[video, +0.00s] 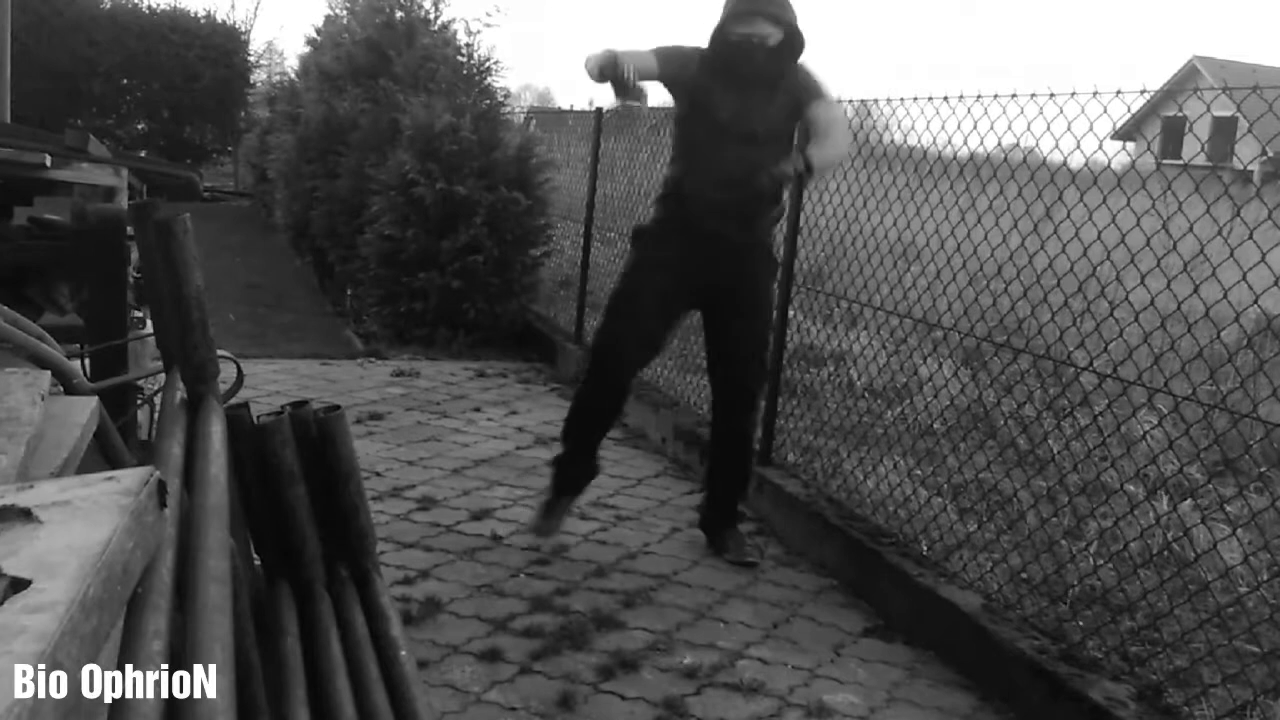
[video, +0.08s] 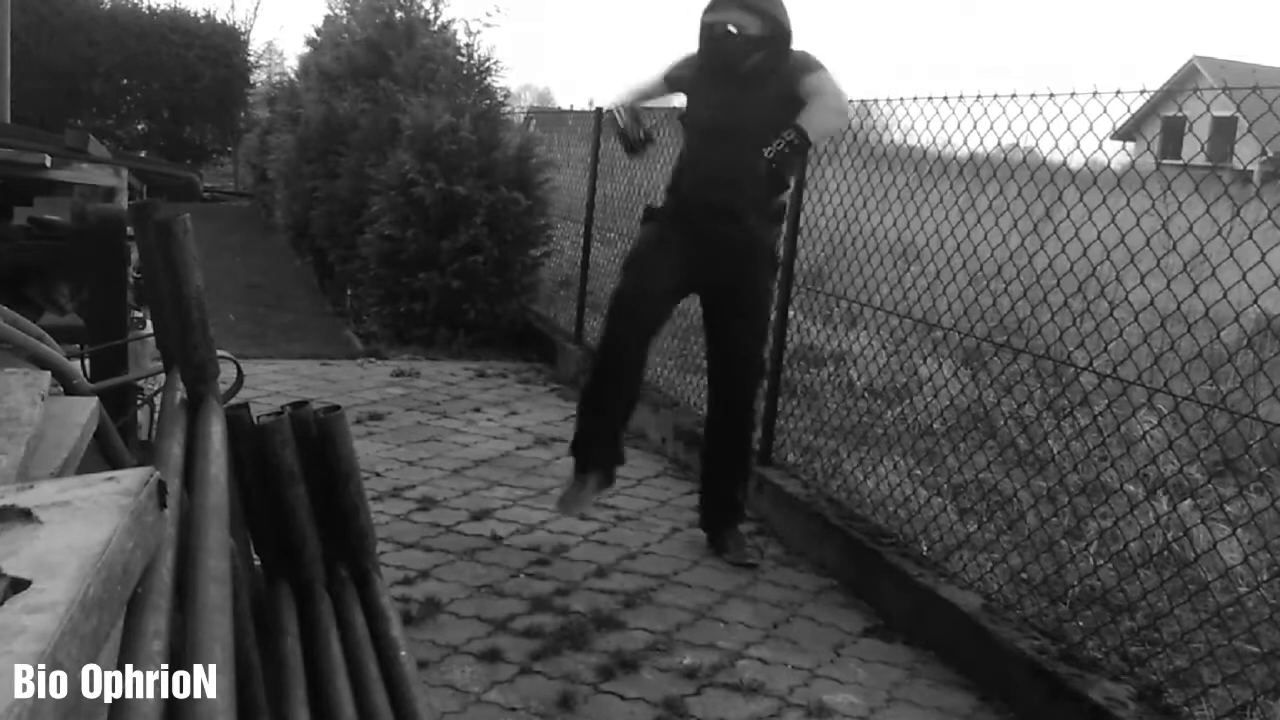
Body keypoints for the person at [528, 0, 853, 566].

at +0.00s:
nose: (754, 53)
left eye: (767, 43)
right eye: (743, 40)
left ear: (786, 42)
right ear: (724, 35)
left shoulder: (800, 85)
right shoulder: (693, 65)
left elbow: (839, 140)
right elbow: (602, 61)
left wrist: (795, 165)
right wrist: (615, 71)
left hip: (744, 258)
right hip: (672, 244)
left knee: (738, 393)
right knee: (611, 359)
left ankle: (722, 521)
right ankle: (565, 486)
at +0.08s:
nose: (724, 44)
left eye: (739, 35)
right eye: (716, 32)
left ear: (766, 36)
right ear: (707, 28)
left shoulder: (797, 70)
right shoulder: (698, 66)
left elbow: (834, 107)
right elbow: (631, 99)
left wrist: (796, 139)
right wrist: (628, 120)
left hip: (747, 247)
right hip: (677, 230)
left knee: (736, 385)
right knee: (628, 314)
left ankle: (723, 521)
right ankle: (593, 463)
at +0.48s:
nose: (721, 44)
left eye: (735, 36)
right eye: (713, 32)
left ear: (761, 38)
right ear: (704, 28)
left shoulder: (791, 80)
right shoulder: (688, 67)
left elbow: (840, 129)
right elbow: (604, 74)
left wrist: (805, 99)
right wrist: (590, 106)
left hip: (744, 251)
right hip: (673, 236)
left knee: (736, 385)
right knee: (612, 344)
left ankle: (724, 521)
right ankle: (555, 479)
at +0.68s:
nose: (717, 55)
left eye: (731, 47)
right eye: (709, 42)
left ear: (751, 52)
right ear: (695, 40)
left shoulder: (755, 119)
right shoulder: (665, 81)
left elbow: (780, 190)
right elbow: (597, 85)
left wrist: (804, 132)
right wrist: (523, 95)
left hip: (737, 274)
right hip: (668, 265)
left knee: (738, 399)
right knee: (620, 390)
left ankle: (725, 524)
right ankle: (547, 507)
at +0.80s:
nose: (689, 48)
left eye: (703, 39)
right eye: (681, 36)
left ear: (727, 44)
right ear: (668, 35)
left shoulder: (739, 97)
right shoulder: (648, 70)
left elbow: (749, 172)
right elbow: (608, 43)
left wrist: (750, 101)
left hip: (717, 261)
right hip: (645, 254)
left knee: (725, 394)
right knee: (600, 384)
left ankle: (725, 522)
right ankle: (550, 507)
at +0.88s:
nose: (661, 53)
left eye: (676, 41)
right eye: (649, 41)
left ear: (698, 40)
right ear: (634, 37)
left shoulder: (722, 77)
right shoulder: (628, 57)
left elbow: (707, 143)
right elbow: (605, 4)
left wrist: (686, 101)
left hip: (691, 252)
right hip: (619, 246)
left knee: (709, 390)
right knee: (579, 378)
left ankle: (724, 522)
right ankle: (547, 502)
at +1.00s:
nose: (631, 37)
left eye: (642, 28)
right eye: (622, 28)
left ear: (669, 25)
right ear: (616, 31)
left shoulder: (701, 77)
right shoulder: (628, 72)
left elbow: (662, 158)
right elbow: (604, 11)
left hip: (660, 255)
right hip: (596, 247)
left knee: (691, 390)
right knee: (570, 378)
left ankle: (723, 522)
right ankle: (547, 501)